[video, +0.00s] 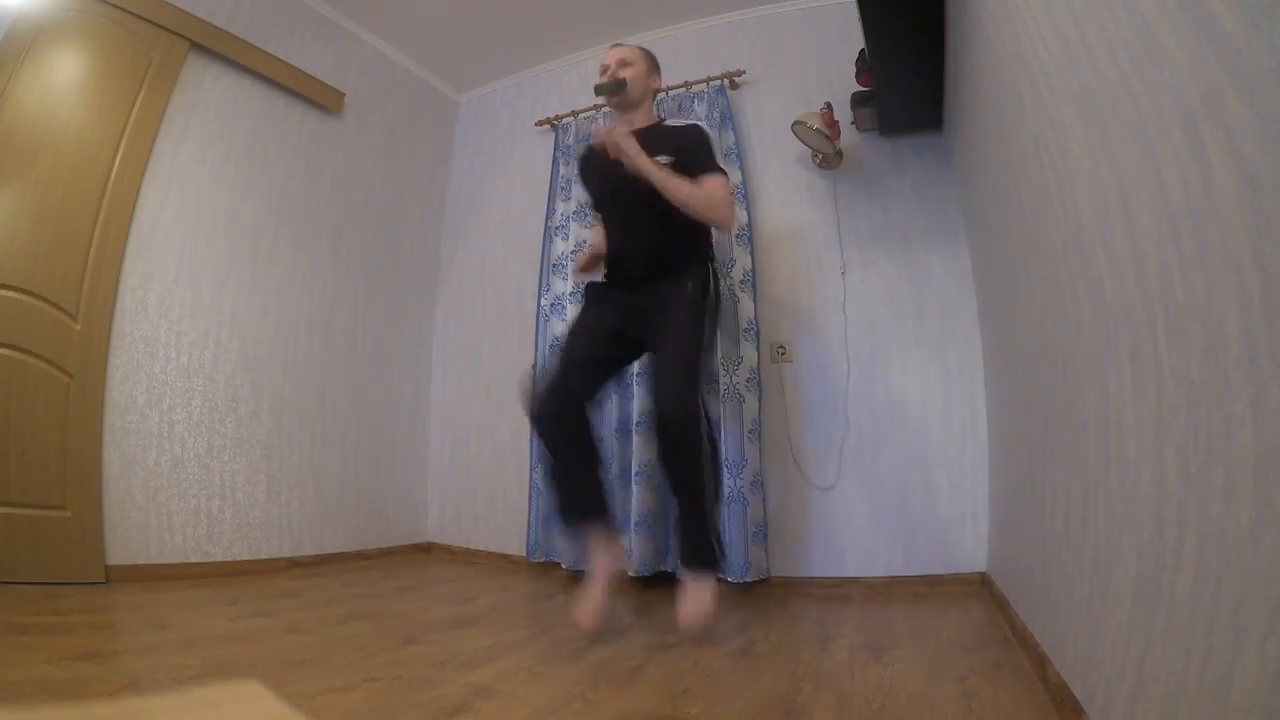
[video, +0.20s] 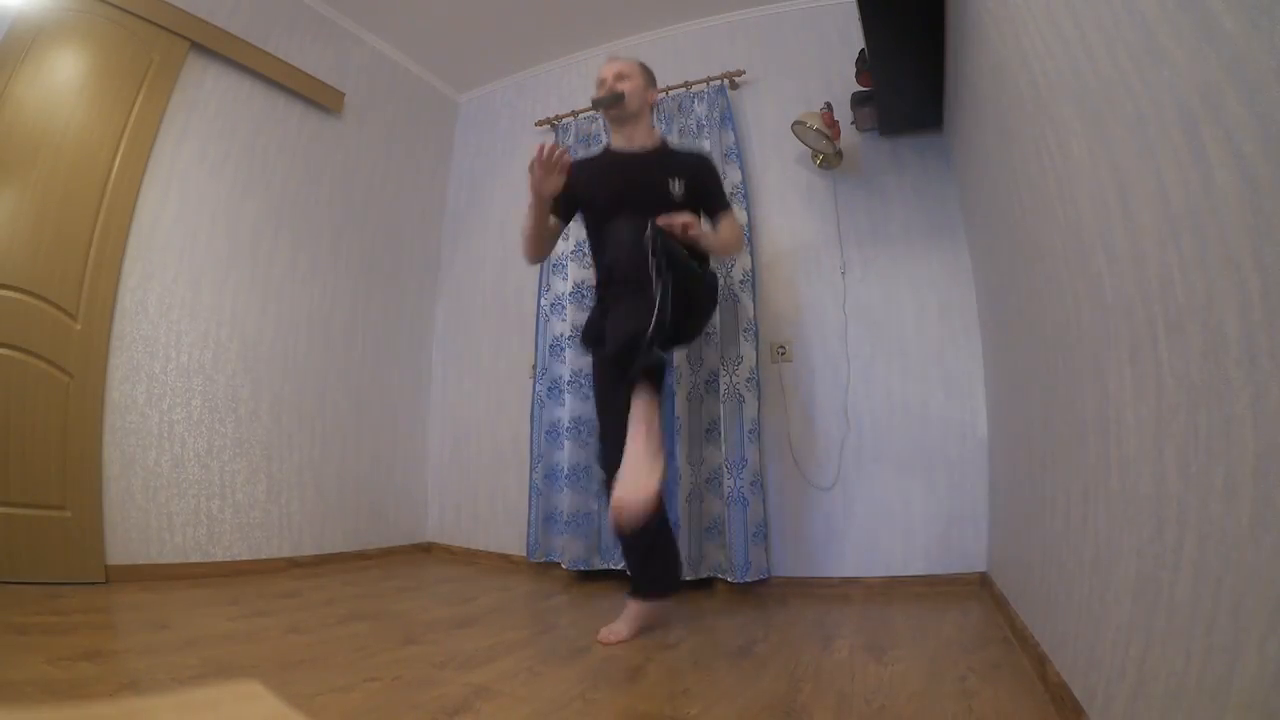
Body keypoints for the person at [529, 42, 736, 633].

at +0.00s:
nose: (612, 74)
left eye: (626, 66)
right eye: (604, 69)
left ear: (655, 84)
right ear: (597, 89)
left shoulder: (685, 139)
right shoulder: (595, 159)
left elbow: (722, 212)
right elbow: (612, 225)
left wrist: (644, 164)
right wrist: (596, 249)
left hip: (681, 292)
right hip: (617, 297)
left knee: (675, 409)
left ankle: (699, 568)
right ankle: (601, 545)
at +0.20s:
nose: (610, 87)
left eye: (623, 78)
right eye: (602, 83)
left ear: (653, 96)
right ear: (595, 106)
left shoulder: (690, 165)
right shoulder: (582, 173)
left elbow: (731, 240)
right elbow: (535, 253)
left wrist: (700, 235)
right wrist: (541, 200)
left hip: (683, 303)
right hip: (616, 311)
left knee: (636, 237)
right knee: (621, 452)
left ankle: (643, 412)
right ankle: (649, 589)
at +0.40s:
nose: (603, 85)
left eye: (616, 77)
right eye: (595, 81)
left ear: (648, 96)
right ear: (590, 106)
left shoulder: (676, 152)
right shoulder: (595, 182)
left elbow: (713, 223)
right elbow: (603, 264)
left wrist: (626, 168)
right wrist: (565, 257)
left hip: (672, 313)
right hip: (614, 307)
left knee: (666, 457)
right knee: (522, 259)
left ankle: (670, 607)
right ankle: (572, 407)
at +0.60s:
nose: (617, 71)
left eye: (630, 64)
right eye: (608, 68)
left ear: (657, 84)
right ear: (600, 91)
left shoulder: (688, 144)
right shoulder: (586, 156)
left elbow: (729, 217)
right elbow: (580, 221)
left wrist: (669, 175)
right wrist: (578, 237)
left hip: (673, 275)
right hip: (608, 281)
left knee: (655, 370)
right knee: (575, 401)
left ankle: (663, 541)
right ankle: (607, 562)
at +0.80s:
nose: (619, 84)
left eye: (632, 76)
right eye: (611, 79)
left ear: (660, 94)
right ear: (602, 100)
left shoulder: (691, 157)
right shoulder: (589, 166)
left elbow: (733, 217)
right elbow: (546, 242)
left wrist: (709, 240)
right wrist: (556, 185)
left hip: (681, 286)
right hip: (617, 300)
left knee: (647, 331)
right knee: (594, 439)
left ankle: (673, 495)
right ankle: (622, 581)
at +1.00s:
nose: (625, 102)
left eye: (640, 94)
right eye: (617, 98)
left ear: (668, 115)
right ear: (610, 121)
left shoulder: (689, 168)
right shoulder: (610, 195)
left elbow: (719, 230)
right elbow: (623, 273)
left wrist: (634, 172)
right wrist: (594, 283)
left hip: (684, 327)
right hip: (626, 320)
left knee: (687, 463)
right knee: (527, 299)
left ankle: (700, 598)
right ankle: (576, 442)